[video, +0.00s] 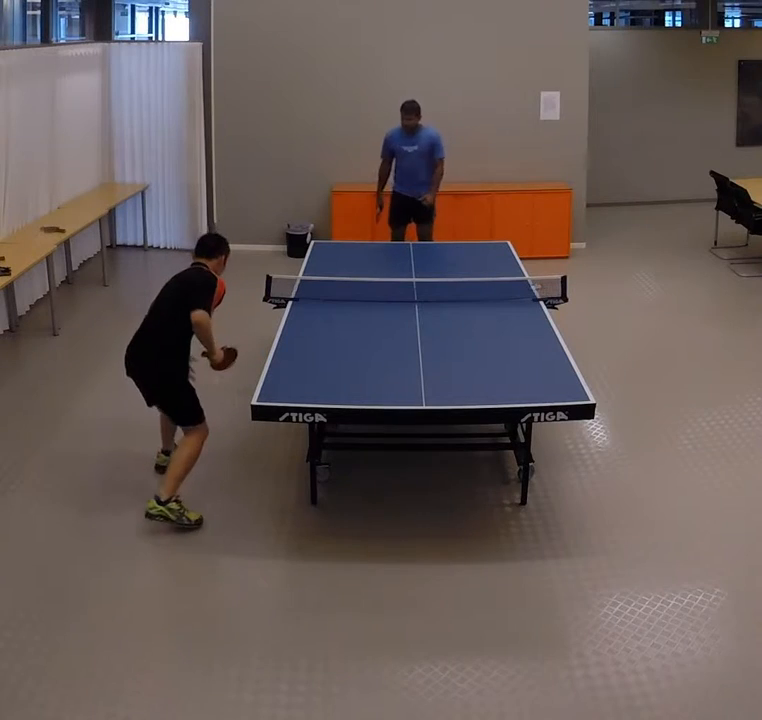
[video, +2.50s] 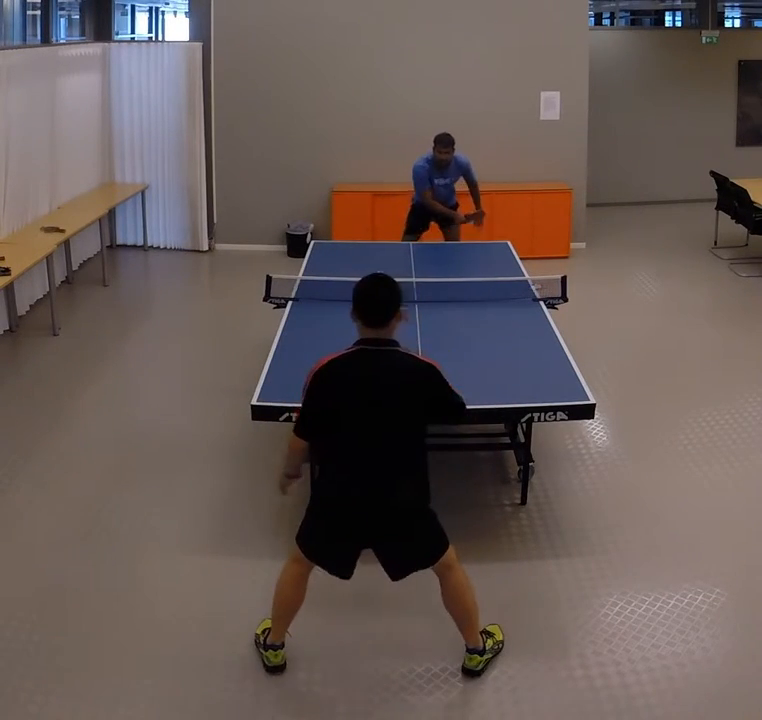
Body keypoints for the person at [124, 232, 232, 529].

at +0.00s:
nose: (225, 267)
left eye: (225, 262)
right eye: (225, 262)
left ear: (195, 256)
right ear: (221, 259)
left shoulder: (181, 277)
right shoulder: (207, 280)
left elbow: (168, 319)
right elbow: (199, 317)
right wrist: (213, 353)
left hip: (138, 357)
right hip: (162, 364)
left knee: (169, 403)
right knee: (197, 431)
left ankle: (166, 452)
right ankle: (165, 500)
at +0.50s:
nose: (242, 258)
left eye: (242, 251)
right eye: (239, 251)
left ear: (219, 252)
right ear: (219, 252)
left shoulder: (211, 285)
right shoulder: (194, 288)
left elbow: (200, 336)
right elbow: (183, 345)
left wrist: (233, 337)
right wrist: (222, 345)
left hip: (175, 378)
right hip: (156, 385)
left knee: (184, 408)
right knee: (184, 460)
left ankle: (165, 456)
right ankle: (169, 550)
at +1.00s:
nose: (286, 261)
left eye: (286, 253)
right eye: (280, 253)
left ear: (253, 257)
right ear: (254, 256)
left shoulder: (231, 285)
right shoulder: (236, 301)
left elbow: (202, 293)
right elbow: (250, 368)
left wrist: (198, 290)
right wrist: (301, 377)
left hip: (220, 406)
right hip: (193, 409)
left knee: (245, 470)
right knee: (189, 490)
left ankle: (243, 551)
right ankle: (170, 555)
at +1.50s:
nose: (381, 276)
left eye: (378, 270)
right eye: (381, 270)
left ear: (338, 273)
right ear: (377, 275)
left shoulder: (312, 317)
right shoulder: (377, 331)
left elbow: (273, 364)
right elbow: (373, 399)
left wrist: (248, 400)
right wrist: (415, 445)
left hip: (303, 444)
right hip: (345, 448)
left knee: (338, 508)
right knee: (398, 512)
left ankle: (327, 584)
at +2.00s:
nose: (438, 311)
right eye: (438, 306)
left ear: (393, 315)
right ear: (437, 314)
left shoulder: (369, 372)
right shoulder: (463, 373)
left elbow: (351, 440)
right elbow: (498, 431)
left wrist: (362, 476)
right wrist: (484, 446)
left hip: (379, 498)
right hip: (443, 500)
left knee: (326, 558)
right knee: (489, 551)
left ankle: (279, 636)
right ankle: (511, 638)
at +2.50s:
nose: (400, 314)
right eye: (399, 309)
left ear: (355, 314)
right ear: (400, 316)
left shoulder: (326, 373)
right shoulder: (421, 372)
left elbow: (300, 442)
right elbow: (457, 413)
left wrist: (289, 472)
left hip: (336, 505)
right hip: (402, 505)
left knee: (300, 563)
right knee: (447, 567)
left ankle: (274, 643)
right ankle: (476, 648)